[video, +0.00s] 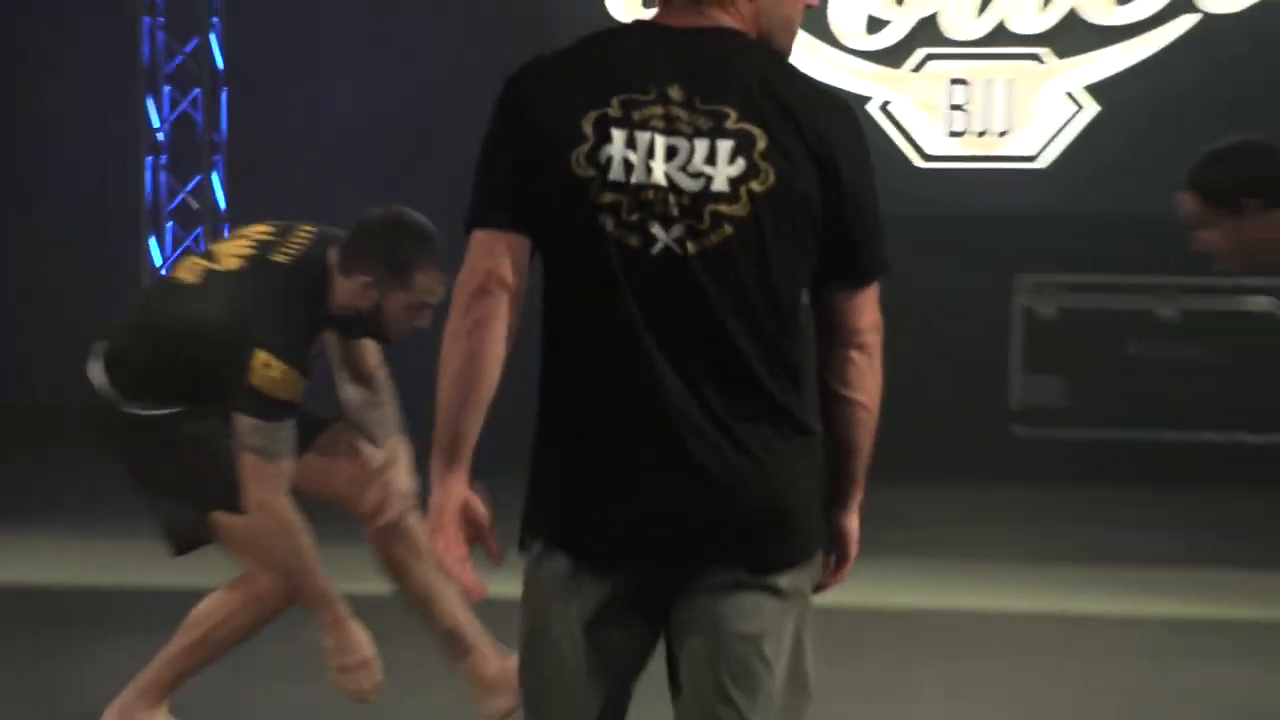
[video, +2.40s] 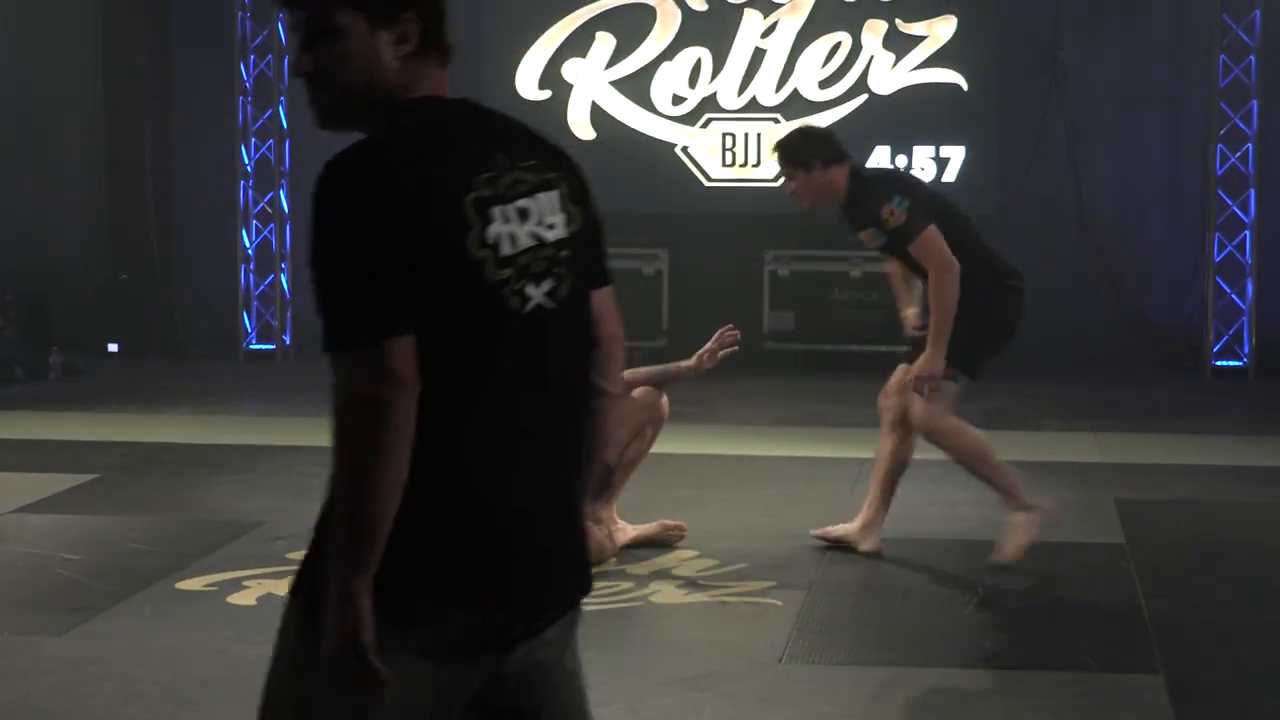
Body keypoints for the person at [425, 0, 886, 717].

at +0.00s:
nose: (806, 10)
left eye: (807, 0)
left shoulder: (545, 88)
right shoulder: (822, 118)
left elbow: (488, 282)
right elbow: (857, 338)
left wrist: (452, 472)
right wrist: (846, 498)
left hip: (587, 494)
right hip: (756, 506)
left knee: (560, 708)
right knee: (743, 706)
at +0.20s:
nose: (785, 11)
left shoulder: (543, 75)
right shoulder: (757, 111)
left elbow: (487, 250)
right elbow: (812, 290)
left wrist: (489, 384)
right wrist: (838, 417)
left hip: (568, 411)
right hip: (698, 422)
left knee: (562, 632)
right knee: (693, 662)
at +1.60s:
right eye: (693, 51)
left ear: (594, 49)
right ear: (689, 63)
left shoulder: (505, 165)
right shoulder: (722, 176)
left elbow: (491, 348)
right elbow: (771, 358)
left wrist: (572, 403)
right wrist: (830, 512)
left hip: (556, 504)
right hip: (688, 506)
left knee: (581, 710)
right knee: (718, 707)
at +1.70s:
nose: (542, 53)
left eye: (547, 36)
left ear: (556, 43)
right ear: (659, 50)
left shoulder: (479, 173)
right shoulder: (712, 172)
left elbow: (456, 364)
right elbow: (761, 359)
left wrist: (506, 476)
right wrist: (805, 511)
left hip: (536, 512)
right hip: (673, 513)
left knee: (563, 710)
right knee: (698, 709)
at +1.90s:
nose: (464, 47)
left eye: (478, 21)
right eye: (469, 24)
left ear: (531, 21)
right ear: (601, 34)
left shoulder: (455, 153)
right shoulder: (695, 147)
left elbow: (409, 354)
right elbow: (745, 338)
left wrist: (401, 508)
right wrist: (745, 488)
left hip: (518, 501)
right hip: (655, 500)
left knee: (541, 704)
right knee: (671, 706)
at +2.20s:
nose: (399, 38)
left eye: (419, 14)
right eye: (403, 17)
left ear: (494, 16)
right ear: (502, 21)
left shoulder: (441, 144)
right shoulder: (632, 145)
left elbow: (428, 346)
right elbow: (687, 328)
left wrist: (370, 529)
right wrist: (663, 477)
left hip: (467, 529)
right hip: (604, 523)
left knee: (431, 705)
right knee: (592, 708)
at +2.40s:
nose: (300, 64)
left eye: (322, 37)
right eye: (300, 43)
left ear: (401, 34)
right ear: (408, 36)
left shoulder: (358, 181)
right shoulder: (542, 155)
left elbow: (383, 388)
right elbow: (605, 355)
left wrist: (349, 583)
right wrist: (578, 502)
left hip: (404, 575)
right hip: (539, 556)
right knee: (541, 706)